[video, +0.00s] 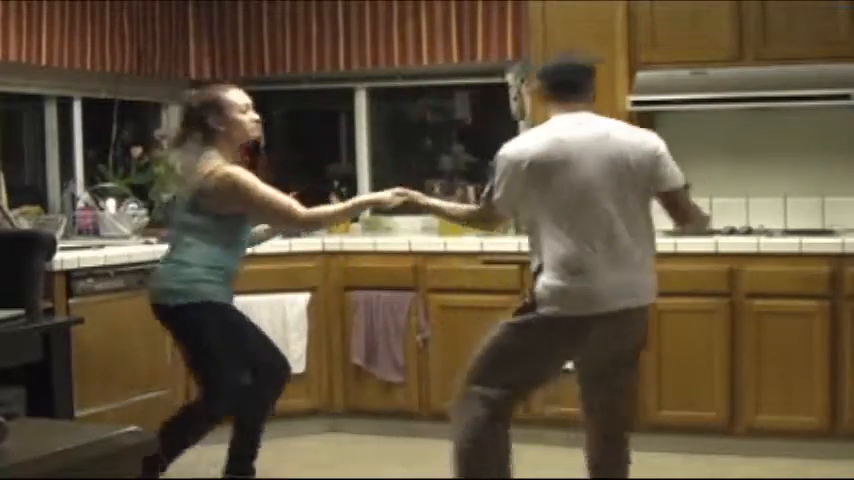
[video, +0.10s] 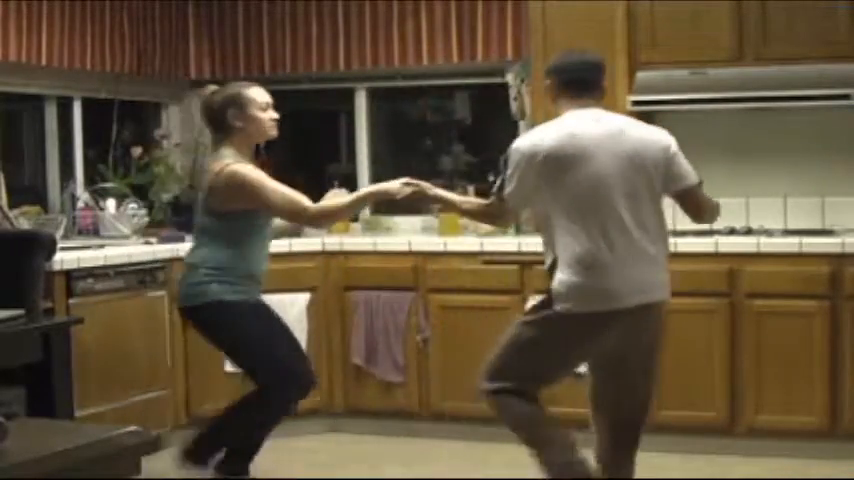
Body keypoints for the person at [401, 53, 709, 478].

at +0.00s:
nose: (529, 104)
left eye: (531, 96)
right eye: (531, 96)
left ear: (542, 96)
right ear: (589, 94)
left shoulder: (522, 152)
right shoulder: (642, 143)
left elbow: (487, 217)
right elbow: (687, 216)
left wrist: (418, 200)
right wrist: (704, 221)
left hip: (563, 309)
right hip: (630, 307)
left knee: (483, 397)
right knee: (610, 433)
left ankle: (485, 475)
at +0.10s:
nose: (546, 95)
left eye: (546, 90)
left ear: (552, 90)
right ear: (603, 89)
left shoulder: (536, 146)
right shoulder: (653, 140)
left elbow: (497, 213)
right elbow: (703, 211)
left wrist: (430, 193)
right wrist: (703, 198)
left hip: (580, 302)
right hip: (647, 300)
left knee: (505, 386)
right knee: (620, 439)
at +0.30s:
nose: (538, 96)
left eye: (539, 89)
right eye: (539, 90)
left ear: (547, 89)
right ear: (596, 87)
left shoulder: (541, 138)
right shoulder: (643, 138)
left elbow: (521, 219)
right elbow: (681, 211)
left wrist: (462, 206)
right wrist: (634, 196)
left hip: (591, 305)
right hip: (651, 299)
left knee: (546, 417)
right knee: (621, 426)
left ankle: (599, 471)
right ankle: (619, 476)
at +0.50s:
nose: (515, 96)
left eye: (516, 87)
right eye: (515, 88)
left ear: (528, 86)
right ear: (571, 86)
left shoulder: (524, 126)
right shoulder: (614, 133)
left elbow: (516, 214)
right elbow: (643, 214)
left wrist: (488, 203)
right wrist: (585, 213)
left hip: (582, 300)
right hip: (632, 293)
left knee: (587, 425)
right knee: (600, 419)